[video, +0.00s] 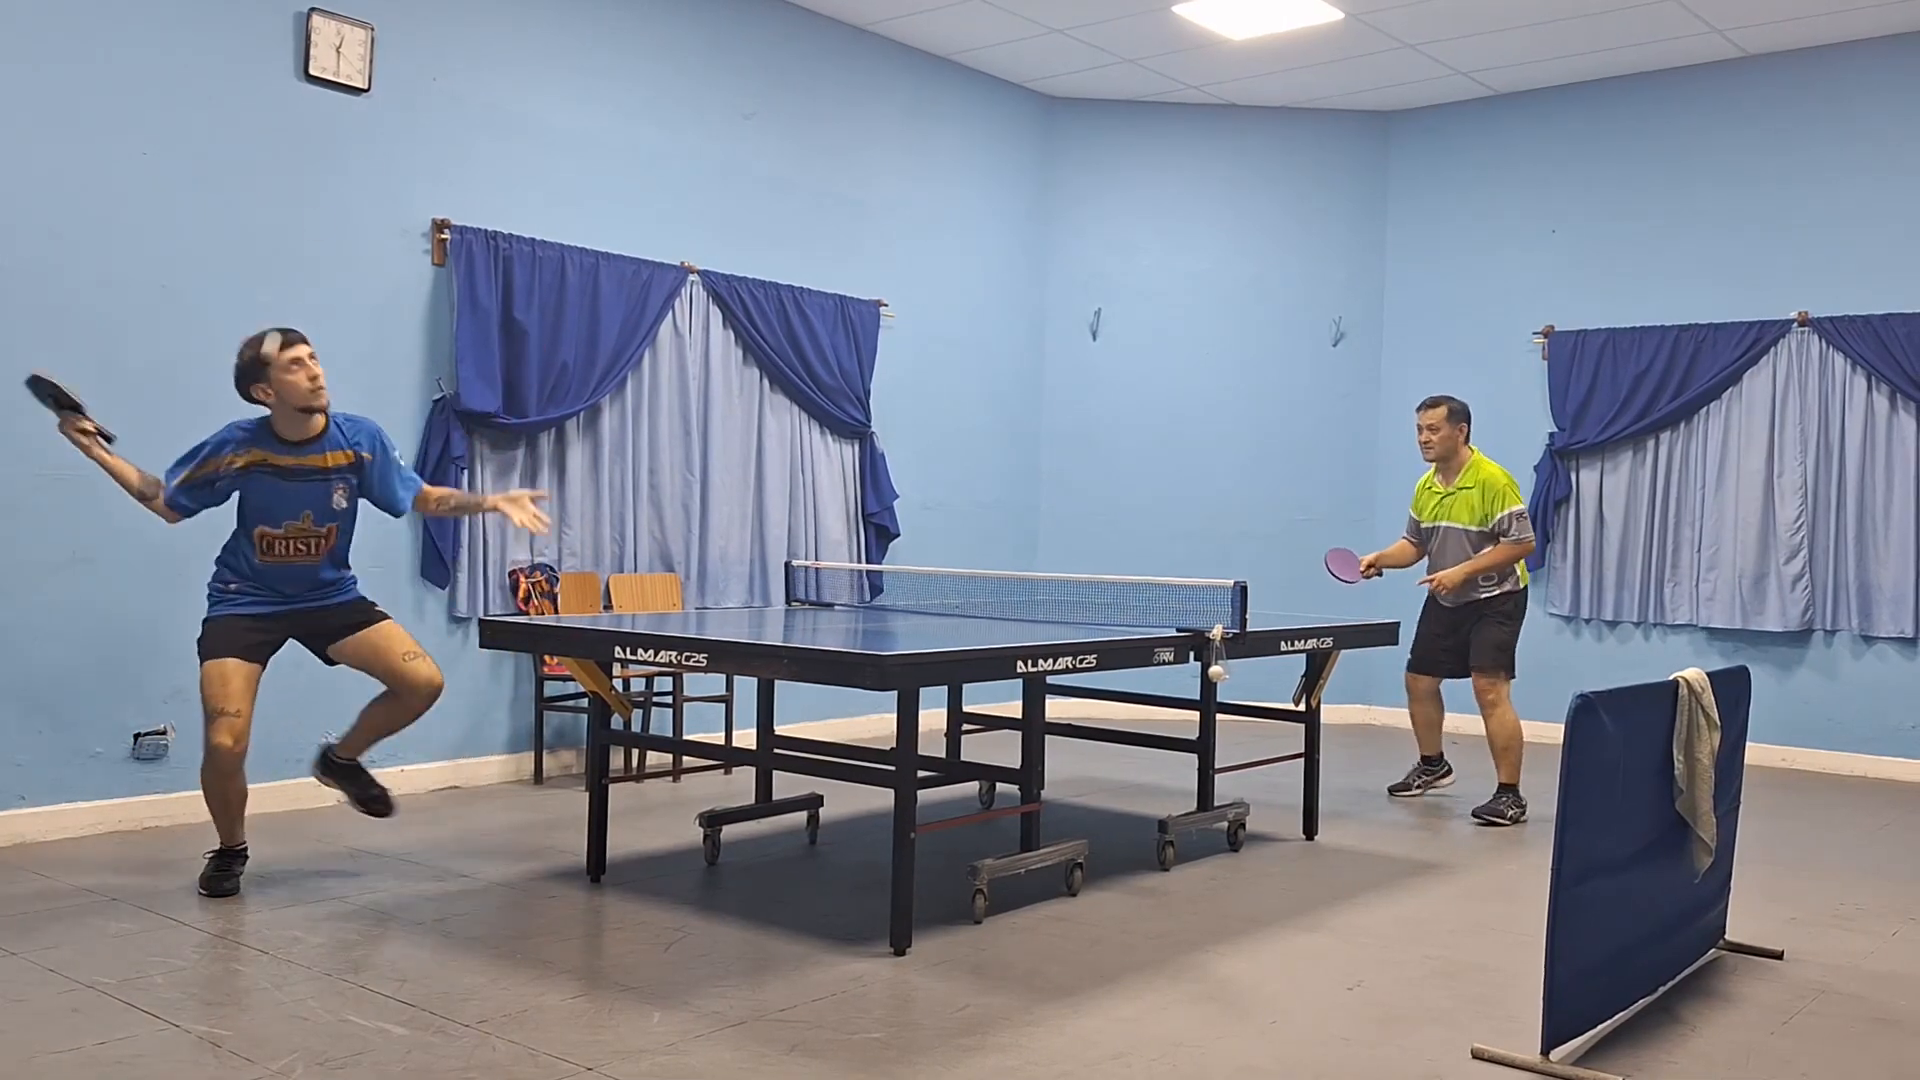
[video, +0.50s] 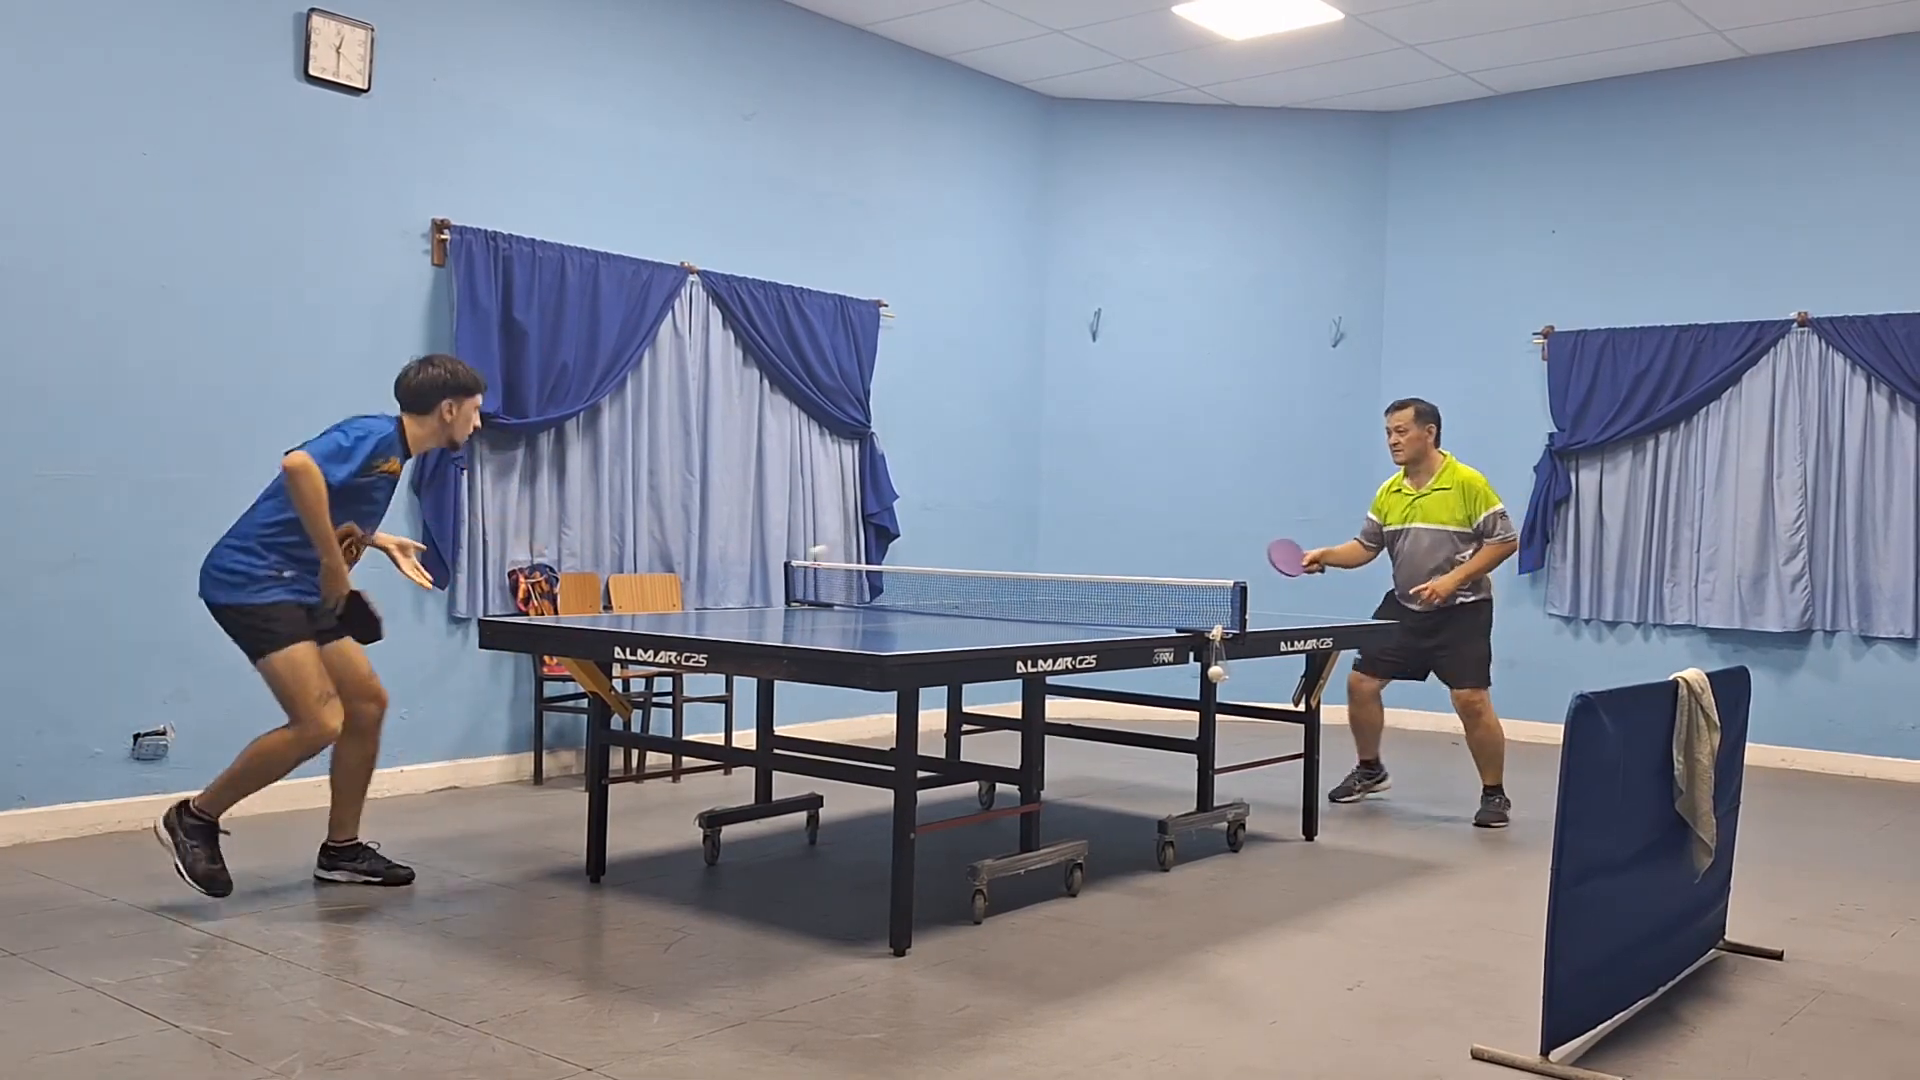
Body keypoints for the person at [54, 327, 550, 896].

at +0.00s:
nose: (314, 369)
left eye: (313, 358)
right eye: (295, 364)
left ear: (321, 370)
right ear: (262, 390)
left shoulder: (359, 439)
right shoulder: (238, 445)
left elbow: (419, 497)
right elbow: (169, 502)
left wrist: (492, 502)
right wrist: (100, 451)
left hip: (328, 594)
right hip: (245, 598)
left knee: (422, 682)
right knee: (224, 741)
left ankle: (342, 759)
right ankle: (230, 851)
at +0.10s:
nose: (359, 401)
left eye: (357, 390)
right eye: (343, 395)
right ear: (305, 413)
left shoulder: (375, 457)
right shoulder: (255, 454)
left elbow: (412, 515)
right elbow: (158, 491)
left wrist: (485, 523)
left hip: (318, 606)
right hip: (238, 607)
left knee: (412, 689)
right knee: (231, 746)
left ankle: (324, 793)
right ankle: (229, 850)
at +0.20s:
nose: (432, 450)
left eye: (431, 438)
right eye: (421, 439)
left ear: (382, 445)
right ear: (377, 444)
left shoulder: (391, 490)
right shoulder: (300, 462)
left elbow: (405, 523)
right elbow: (180, 477)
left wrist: (476, 539)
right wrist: (261, 534)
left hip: (305, 613)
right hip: (227, 611)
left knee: (390, 709)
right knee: (239, 750)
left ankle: (342, 848)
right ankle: (230, 852)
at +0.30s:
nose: (472, 471)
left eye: (473, 459)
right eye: (467, 459)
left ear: (430, 460)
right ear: (430, 459)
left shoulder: (391, 505)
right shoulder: (337, 471)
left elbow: (372, 533)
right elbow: (232, 481)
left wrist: (434, 548)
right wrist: (287, 566)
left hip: (297, 612)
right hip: (226, 611)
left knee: (389, 709)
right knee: (255, 754)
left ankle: (342, 849)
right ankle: (226, 850)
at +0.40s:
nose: (481, 452)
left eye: (483, 439)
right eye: (478, 439)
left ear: (442, 438)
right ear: (446, 438)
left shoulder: (389, 483)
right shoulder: (361, 458)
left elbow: (338, 529)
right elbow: (272, 479)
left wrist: (405, 553)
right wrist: (310, 572)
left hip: (305, 605)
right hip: (243, 605)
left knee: (389, 709)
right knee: (292, 746)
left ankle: (342, 850)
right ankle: (206, 820)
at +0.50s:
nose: (479, 421)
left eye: (480, 410)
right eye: (476, 409)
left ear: (439, 408)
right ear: (447, 409)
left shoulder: (393, 453)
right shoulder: (375, 434)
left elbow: (326, 506)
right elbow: (299, 467)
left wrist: (382, 539)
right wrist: (332, 564)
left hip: (298, 584)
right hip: (250, 580)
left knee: (367, 704)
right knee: (319, 722)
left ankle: (342, 848)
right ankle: (196, 816)